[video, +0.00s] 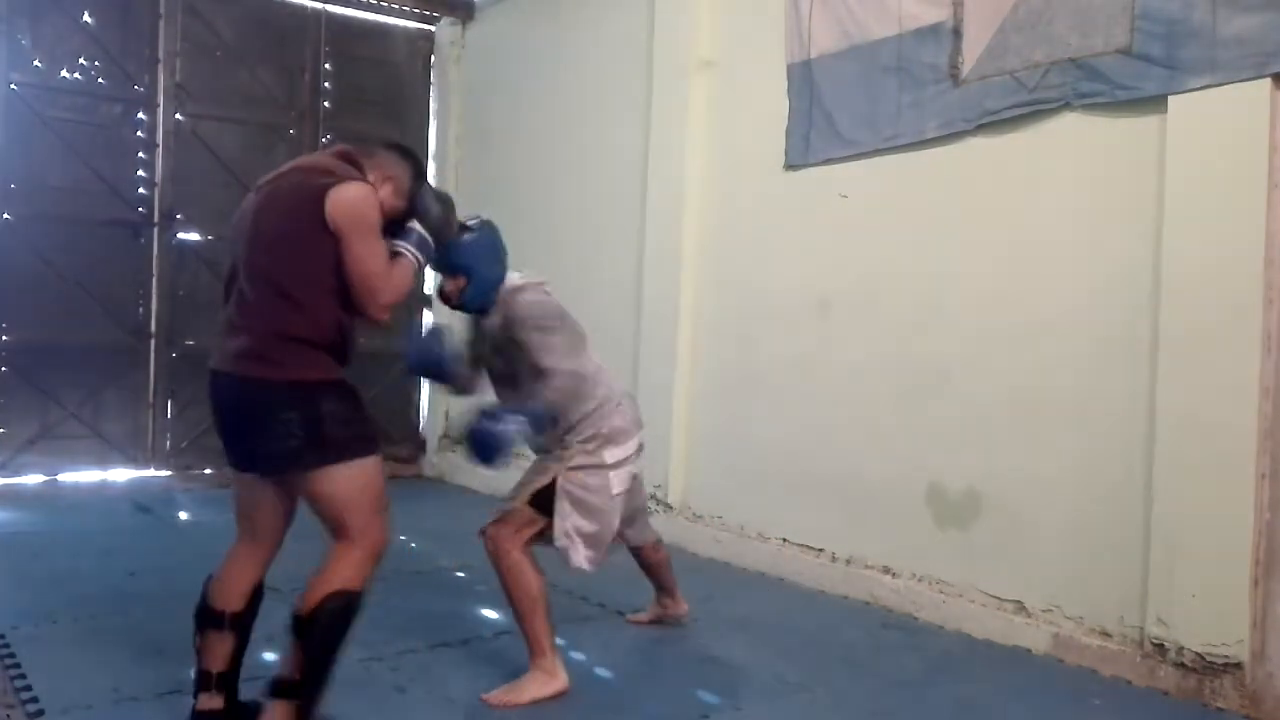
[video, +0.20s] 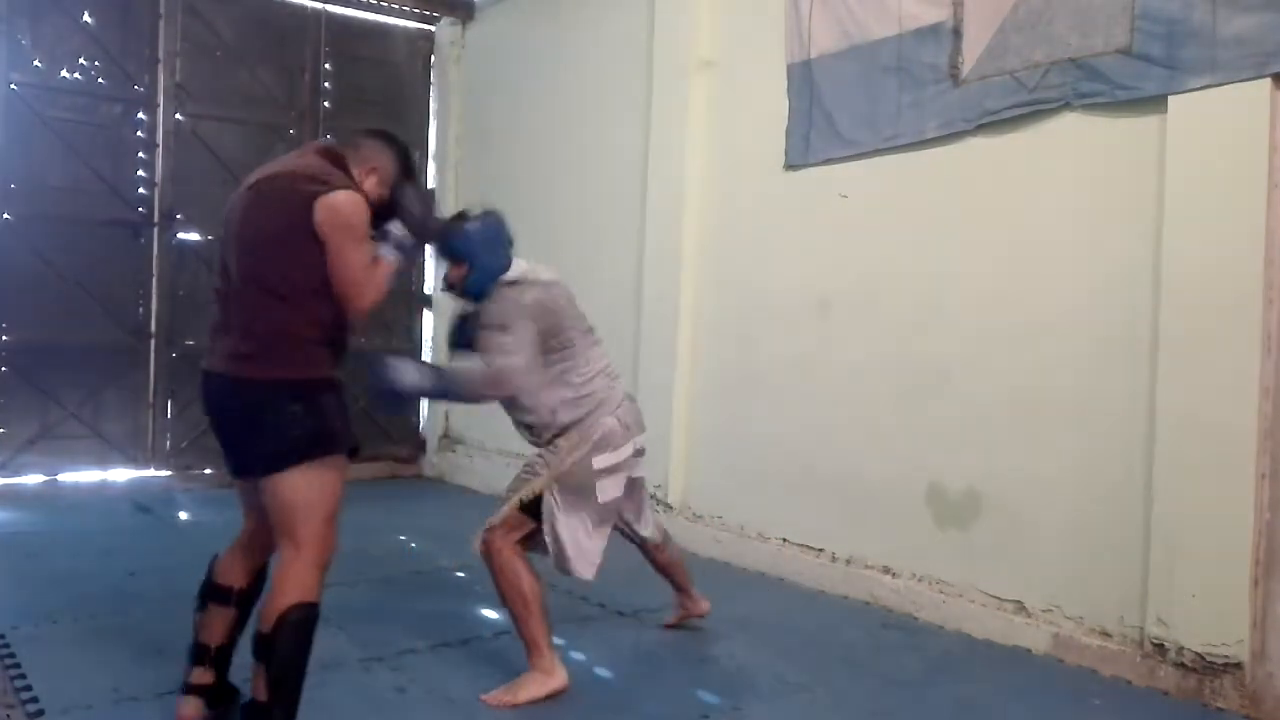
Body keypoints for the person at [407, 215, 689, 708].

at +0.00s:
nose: (442, 287)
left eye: (448, 277)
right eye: (442, 276)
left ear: (474, 276)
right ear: (478, 274)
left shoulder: (527, 307)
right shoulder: (489, 316)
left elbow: (570, 380)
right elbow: (481, 377)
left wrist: (517, 419)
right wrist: (444, 368)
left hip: (600, 440)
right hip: (592, 435)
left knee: (503, 537)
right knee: (633, 524)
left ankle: (546, 669)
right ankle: (671, 601)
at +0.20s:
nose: (447, 277)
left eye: (455, 264)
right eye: (447, 264)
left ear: (480, 262)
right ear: (495, 256)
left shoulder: (508, 301)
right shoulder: (538, 284)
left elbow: (506, 376)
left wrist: (427, 379)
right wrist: (475, 330)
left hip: (586, 439)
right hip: (616, 426)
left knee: (498, 541)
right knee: (637, 520)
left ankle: (545, 668)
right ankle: (690, 598)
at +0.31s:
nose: (477, 252)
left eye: (484, 238)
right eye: (475, 239)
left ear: (513, 234)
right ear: (505, 236)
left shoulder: (558, 279)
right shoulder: (520, 290)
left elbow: (592, 361)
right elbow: (491, 353)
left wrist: (524, 391)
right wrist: (454, 305)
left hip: (596, 431)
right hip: (586, 429)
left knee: (502, 535)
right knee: (642, 527)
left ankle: (543, 664)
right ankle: (706, 606)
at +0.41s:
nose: (498, 242)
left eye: (507, 231)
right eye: (497, 230)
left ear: (536, 231)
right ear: (530, 233)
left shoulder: (572, 269)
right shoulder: (527, 287)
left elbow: (603, 336)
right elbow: (484, 324)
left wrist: (536, 340)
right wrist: (444, 274)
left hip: (607, 426)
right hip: (609, 425)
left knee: (516, 541)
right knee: (646, 529)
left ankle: (549, 674)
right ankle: (710, 618)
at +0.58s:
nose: (515, 226)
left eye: (518, 218)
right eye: (516, 218)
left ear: (531, 219)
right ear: (578, 216)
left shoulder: (536, 258)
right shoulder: (613, 260)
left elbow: (461, 241)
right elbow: (584, 302)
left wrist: (394, 207)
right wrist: (523, 310)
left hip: (613, 415)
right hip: (664, 404)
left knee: (549, 541)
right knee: (676, 513)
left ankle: (552, 675)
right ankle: (710, 610)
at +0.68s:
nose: (533, 219)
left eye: (537, 210)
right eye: (534, 211)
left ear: (549, 214)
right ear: (597, 212)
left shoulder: (544, 259)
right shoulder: (637, 262)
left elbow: (478, 271)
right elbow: (647, 326)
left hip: (622, 410)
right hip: (674, 399)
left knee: (561, 535)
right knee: (688, 521)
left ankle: (553, 674)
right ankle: (723, 620)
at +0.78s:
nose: (555, 219)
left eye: (559, 210)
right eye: (557, 209)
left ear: (573, 215)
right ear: (616, 211)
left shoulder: (567, 266)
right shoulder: (662, 260)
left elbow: (517, 330)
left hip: (627, 412)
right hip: (681, 406)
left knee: (570, 534)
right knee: (701, 531)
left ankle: (553, 673)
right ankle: (738, 638)